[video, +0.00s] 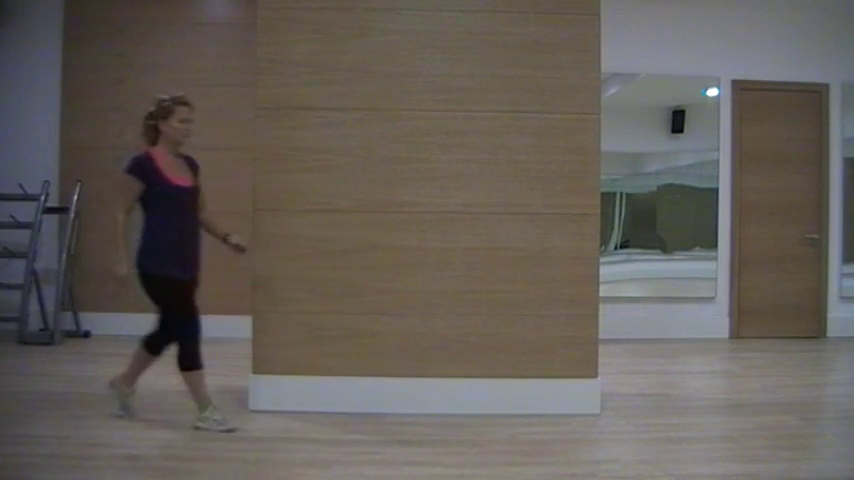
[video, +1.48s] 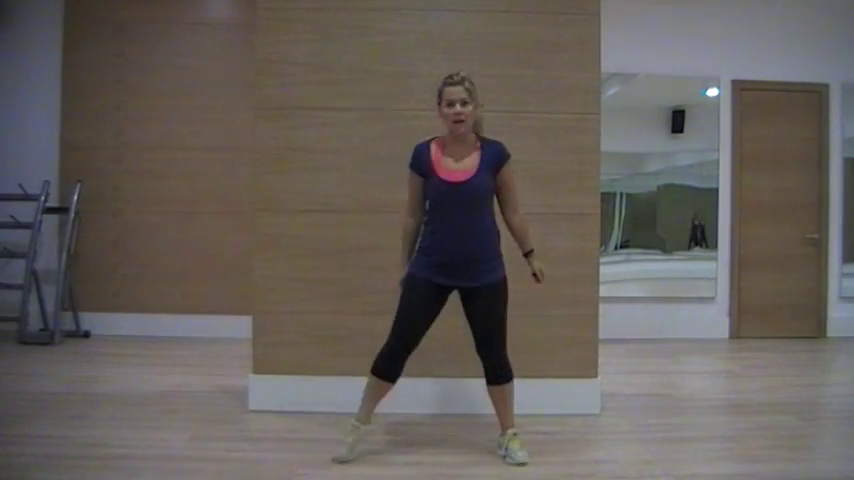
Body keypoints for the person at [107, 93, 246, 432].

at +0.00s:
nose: (188, 128)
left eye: (190, 122)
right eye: (182, 122)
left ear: (190, 126)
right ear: (161, 124)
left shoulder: (189, 165)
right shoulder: (144, 163)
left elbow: (198, 213)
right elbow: (121, 210)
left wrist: (227, 238)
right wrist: (121, 258)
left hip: (186, 263)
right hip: (157, 262)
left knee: (169, 327)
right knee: (188, 325)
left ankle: (124, 382)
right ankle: (205, 408)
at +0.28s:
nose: (261, 123)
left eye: (263, 117)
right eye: (255, 116)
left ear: (261, 121)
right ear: (233, 119)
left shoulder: (250, 156)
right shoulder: (223, 156)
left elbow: (255, 213)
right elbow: (211, 211)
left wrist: (270, 251)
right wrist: (226, 258)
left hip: (258, 257)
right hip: (229, 258)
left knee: (284, 323)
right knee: (224, 333)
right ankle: (212, 409)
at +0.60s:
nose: (332, 121)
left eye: (337, 115)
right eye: (325, 115)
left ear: (343, 121)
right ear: (310, 121)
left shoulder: (348, 168)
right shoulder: (297, 161)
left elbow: (345, 220)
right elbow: (279, 215)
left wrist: (351, 261)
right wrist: (298, 264)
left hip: (346, 268)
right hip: (309, 269)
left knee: (356, 341)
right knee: (323, 345)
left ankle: (343, 415)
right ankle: (284, 389)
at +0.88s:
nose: (377, 117)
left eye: (383, 111)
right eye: (369, 111)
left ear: (393, 117)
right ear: (358, 118)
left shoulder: (403, 164)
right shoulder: (340, 162)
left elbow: (414, 220)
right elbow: (315, 217)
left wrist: (432, 262)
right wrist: (293, 266)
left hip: (400, 273)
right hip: (355, 274)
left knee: (410, 348)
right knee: (381, 348)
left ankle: (371, 399)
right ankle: (390, 428)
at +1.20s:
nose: (431, 119)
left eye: (437, 112)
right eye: (423, 113)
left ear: (448, 117)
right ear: (412, 120)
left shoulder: (464, 165)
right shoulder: (396, 166)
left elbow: (471, 223)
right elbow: (380, 223)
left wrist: (475, 270)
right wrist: (369, 273)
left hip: (456, 277)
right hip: (406, 279)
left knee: (482, 356)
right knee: (401, 362)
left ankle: (507, 433)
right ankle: (396, 432)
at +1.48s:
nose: (457, 111)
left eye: (464, 103)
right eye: (449, 104)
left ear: (476, 108)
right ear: (439, 111)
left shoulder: (493, 154)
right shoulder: (424, 155)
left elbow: (512, 211)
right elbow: (413, 215)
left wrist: (530, 255)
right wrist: (406, 266)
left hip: (483, 268)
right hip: (432, 266)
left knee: (493, 353)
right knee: (398, 346)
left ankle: (509, 434)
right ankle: (360, 424)